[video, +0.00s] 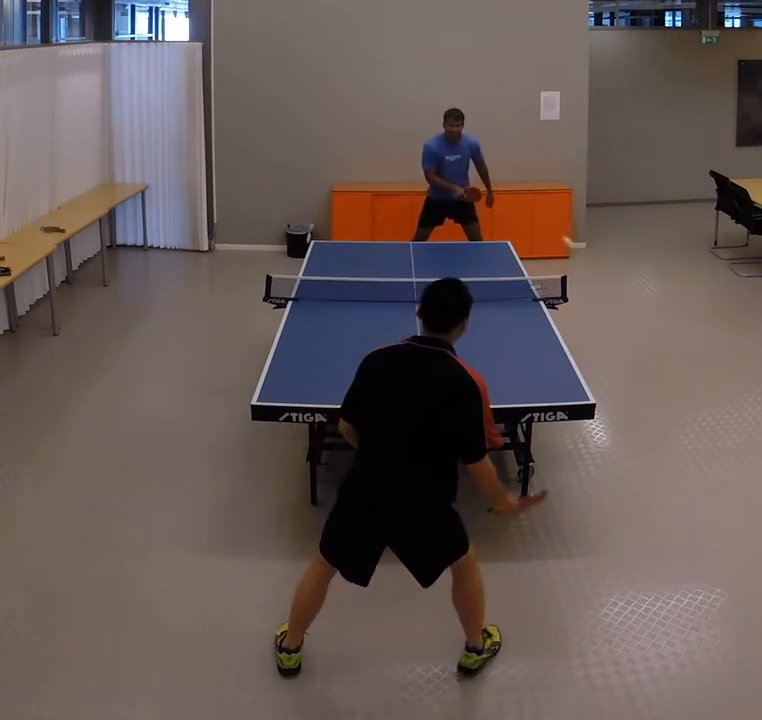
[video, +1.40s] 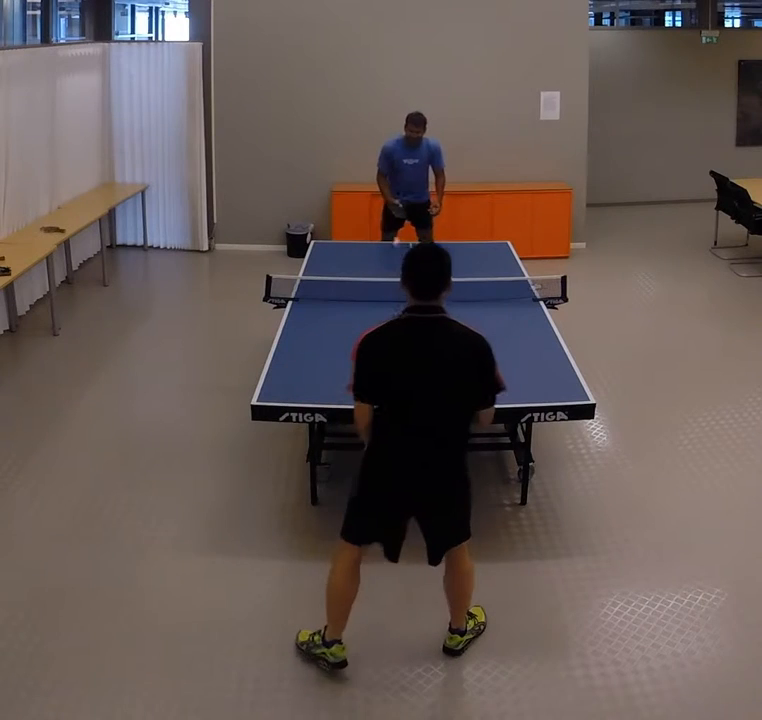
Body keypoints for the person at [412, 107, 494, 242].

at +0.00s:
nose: (454, 130)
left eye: (458, 126)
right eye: (451, 126)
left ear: (463, 126)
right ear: (444, 125)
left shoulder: (471, 144)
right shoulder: (432, 147)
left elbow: (481, 167)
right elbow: (430, 177)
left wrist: (489, 191)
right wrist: (454, 189)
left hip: (462, 200)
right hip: (437, 200)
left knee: (477, 241)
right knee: (419, 241)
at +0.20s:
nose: (456, 137)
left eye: (459, 133)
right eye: (452, 133)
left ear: (463, 133)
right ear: (444, 133)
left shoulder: (471, 150)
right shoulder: (431, 153)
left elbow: (481, 174)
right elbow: (423, 181)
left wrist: (487, 199)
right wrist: (438, 201)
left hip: (465, 202)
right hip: (438, 202)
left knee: (478, 242)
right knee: (418, 241)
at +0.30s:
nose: (451, 136)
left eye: (454, 132)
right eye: (446, 132)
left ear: (458, 132)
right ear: (438, 132)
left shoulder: (467, 150)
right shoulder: (428, 153)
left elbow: (478, 173)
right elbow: (413, 177)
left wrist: (485, 201)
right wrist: (423, 198)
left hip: (462, 204)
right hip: (435, 205)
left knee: (477, 244)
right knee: (415, 242)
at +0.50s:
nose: (433, 119)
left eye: (436, 115)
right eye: (428, 115)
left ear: (439, 116)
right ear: (421, 117)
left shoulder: (449, 137)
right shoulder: (409, 139)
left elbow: (458, 162)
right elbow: (395, 162)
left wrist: (463, 189)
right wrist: (398, 189)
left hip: (446, 194)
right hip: (420, 196)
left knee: (463, 235)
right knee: (410, 238)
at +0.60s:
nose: (427, 116)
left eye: (430, 112)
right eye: (423, 112)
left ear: (434, 113)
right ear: (415, 113)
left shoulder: (442, 134)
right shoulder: (403, 136)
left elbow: (449, 160)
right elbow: (388, 161)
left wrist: (453, 186)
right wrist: (387, 191)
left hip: (439, 192)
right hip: (414, 194)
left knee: (454, 232)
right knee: (409, 237)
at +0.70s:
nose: (424, 113)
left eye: (427, 110)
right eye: (420, 110)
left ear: (430, 111)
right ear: (412, 111)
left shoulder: (438, 133)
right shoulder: (400, 135)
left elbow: (444, 159)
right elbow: (385, 162)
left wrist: (447, 185)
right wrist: (379, 192)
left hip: (434, 191)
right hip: (409, 193)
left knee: (446, 233)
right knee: (407, 237)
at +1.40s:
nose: (414, 136)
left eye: (418, 133)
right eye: (411, 132)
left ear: (424, 131)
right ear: (405, 128)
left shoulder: (431, 148)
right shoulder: (390, 148)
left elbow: (439, 174)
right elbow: (381, 176)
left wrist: (439, 201)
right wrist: (389, 200)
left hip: (420, 203)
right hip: (396, 203)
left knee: (427, 243)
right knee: (387, 244)